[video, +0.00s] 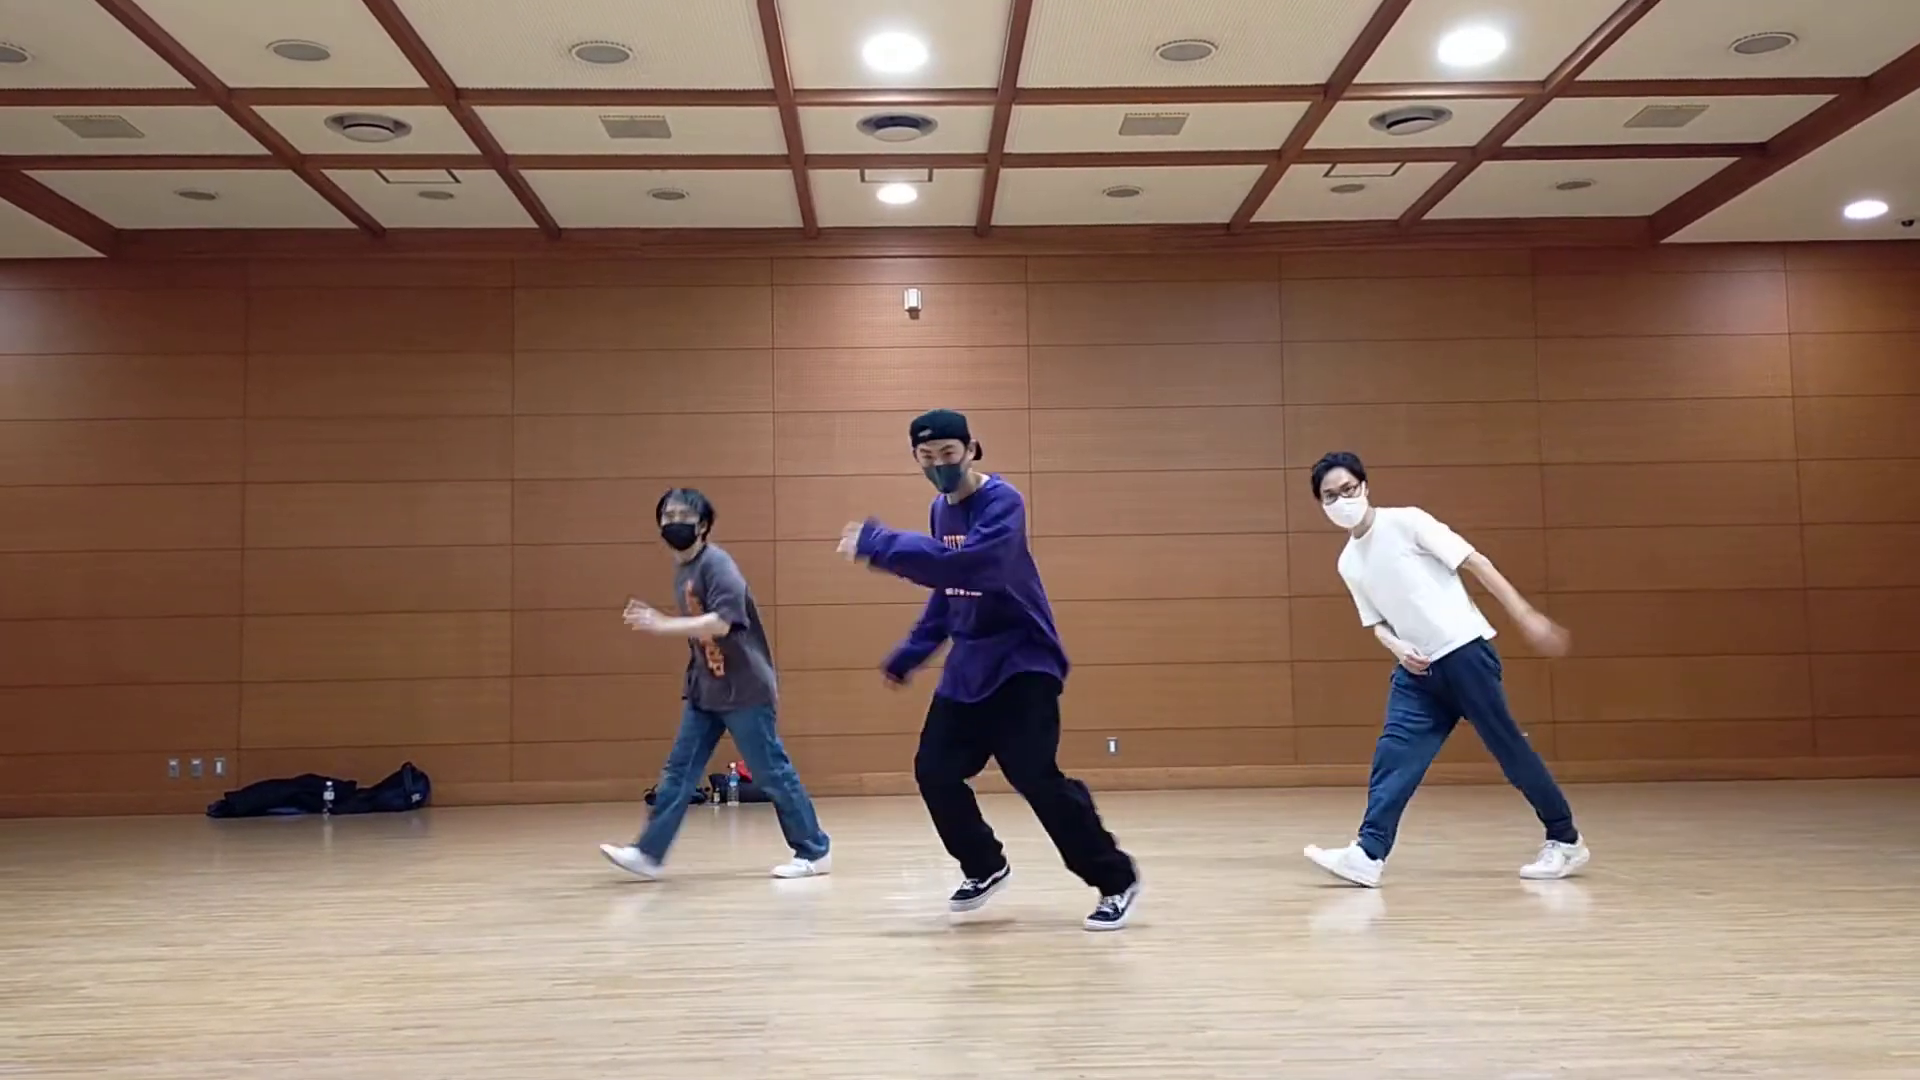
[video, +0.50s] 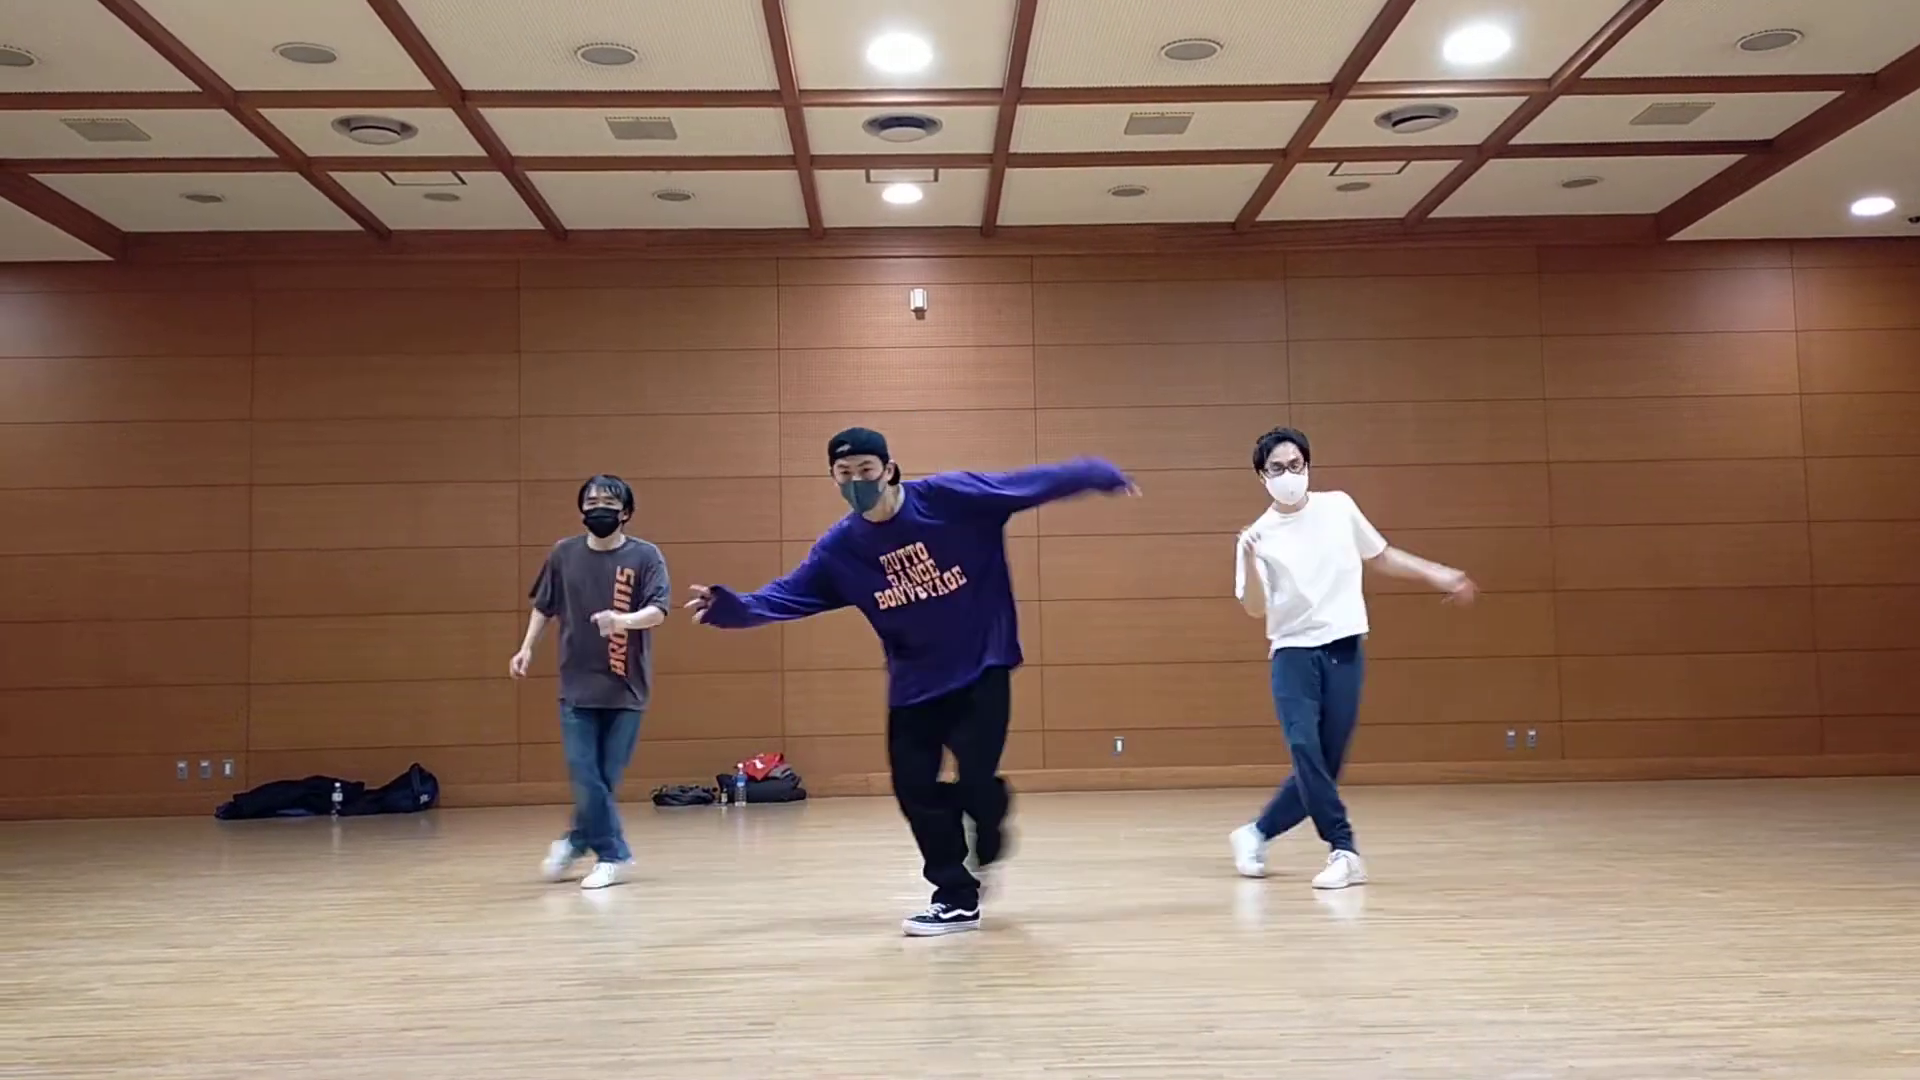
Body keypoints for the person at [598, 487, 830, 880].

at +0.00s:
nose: (673, 522)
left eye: (683, 515)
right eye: (667, 515)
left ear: (703, 523)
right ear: (660, 523)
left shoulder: (719, 565)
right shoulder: (683, 570)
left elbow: (723, 623)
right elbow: (700, 622)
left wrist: (662, 625)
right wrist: (658, 619)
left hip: (745, 687)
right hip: (707, 687)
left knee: (772, 772)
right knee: (680, 770)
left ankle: (814, 851)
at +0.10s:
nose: (658, 545)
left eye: (667, 538)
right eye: (651, 538)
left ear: (687, 545)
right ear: (643, 546)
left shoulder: (704, 588)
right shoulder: (673, 589)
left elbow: (695, 649)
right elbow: (685, 641)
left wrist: (647, 679)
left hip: (734, 697)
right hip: (697, 697)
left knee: (764, 780)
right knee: (660, 778)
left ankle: (814, 853)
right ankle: (627, 859)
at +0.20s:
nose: (636, 545)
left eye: (646, 538)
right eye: (629, 538)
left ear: (665, 544)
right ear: (622, 543)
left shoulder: (681, 589)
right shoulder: (642, 583)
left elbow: (683, 648)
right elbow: (644, 613)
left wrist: (641, 680)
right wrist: (623, 626)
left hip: (711, 698)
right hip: (668, 696)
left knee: (749, 770)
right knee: (634, 766)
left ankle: (806, 848)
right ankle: (623, 863)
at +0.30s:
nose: (623, 536)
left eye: (632, 529)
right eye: (616, 529)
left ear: (649, 533)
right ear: (607, 533)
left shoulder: (665, 576)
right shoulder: (608, 566)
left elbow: (671, 635)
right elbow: (599, 597)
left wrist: (627, 652)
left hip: (676, 696)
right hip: (631, 696)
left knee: (705, 767)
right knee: (608, 765)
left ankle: (764, 835)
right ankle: (622, 865)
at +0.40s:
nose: (611, 518)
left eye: (619, 511)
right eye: (604, 511)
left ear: (637, 517)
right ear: (594, 518)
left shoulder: (657, 562)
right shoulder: (584, 557)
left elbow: (664, 619)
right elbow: (564, 601)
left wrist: (624, 623)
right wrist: (532, 632)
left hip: (649, 693)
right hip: (600, 692)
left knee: (653, 773)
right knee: (599, 776)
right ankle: (622, 863)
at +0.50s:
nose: (600, 508)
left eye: (609, 501)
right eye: (593, 501)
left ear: (625, 511)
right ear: (582, 510)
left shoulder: (647, 556)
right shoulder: (563, 553)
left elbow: (657, 612)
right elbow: (544, 606)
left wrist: (621, 620)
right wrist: (527, 647)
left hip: (627, 688)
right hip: (578, 686)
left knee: (607, 775)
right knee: (582, 771)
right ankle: (612, 855)